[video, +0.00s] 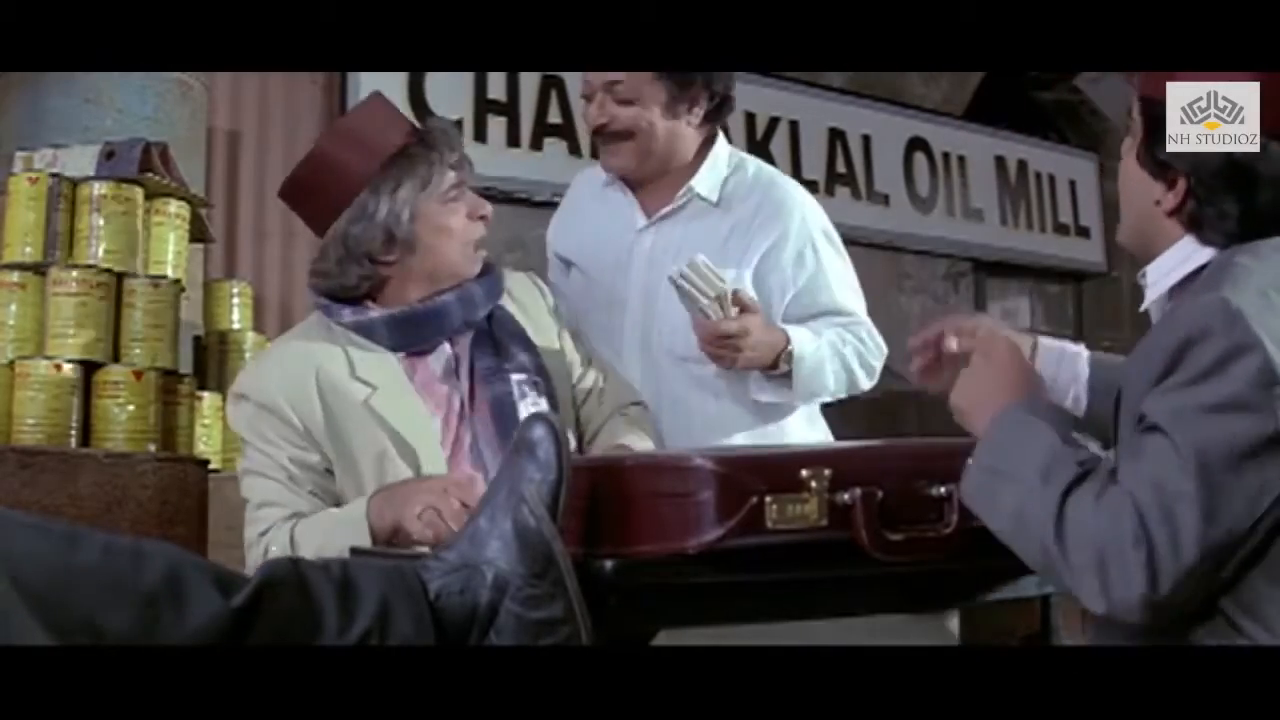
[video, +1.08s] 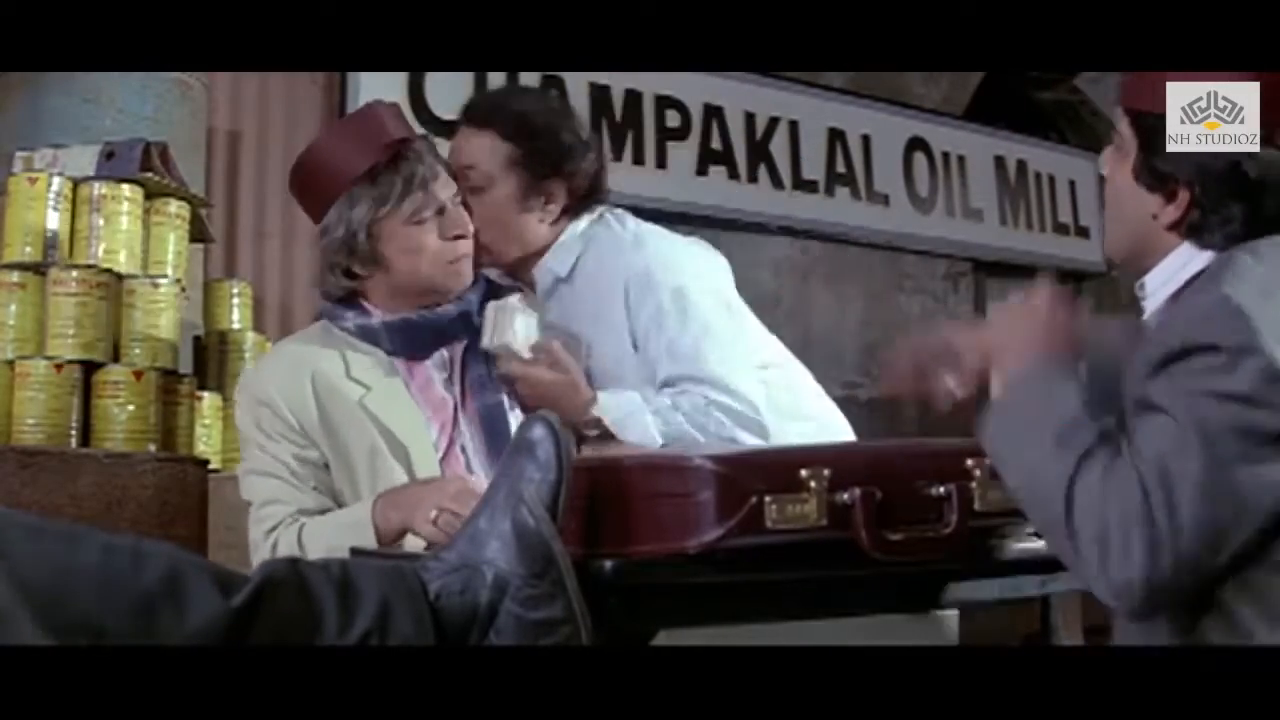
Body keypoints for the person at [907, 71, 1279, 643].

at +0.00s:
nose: (1120, 155)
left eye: (1131, 139)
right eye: (1129, 137)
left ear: (1171, 188)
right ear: (1172, 187)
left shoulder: (1236, 322)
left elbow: (1134, 562)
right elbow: (1182, 412)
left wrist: (1008, 420)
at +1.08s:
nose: (1103, 164)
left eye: (1119, 148)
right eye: (1114, 143)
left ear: (1171, 200)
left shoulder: (1231, 331)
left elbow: (1134, 552)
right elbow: (1152, 352)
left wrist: (1031, 378)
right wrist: (996, 353)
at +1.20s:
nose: (1070, 177)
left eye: (1083, 157)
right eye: (1078, 154)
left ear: (1135, 206)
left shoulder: (1220, 344)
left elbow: (1122, 585)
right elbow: (1077, 314)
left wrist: (1015, 423)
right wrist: (919, 258)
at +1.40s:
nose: (1023, 195)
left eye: (1031, 178)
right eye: (1030, 175)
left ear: (1074, 219)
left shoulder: (1181, 351)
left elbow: (1116, 599)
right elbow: (1083, 363)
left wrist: (989, 458)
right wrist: (920, 330)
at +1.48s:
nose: (1032, 180)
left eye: (1040, 166)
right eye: (1038, 163)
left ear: (1081, 219)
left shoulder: (1185, 347)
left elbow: (1117, 599)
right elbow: (1101, 373)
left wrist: (992, 463)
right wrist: (952, 361)